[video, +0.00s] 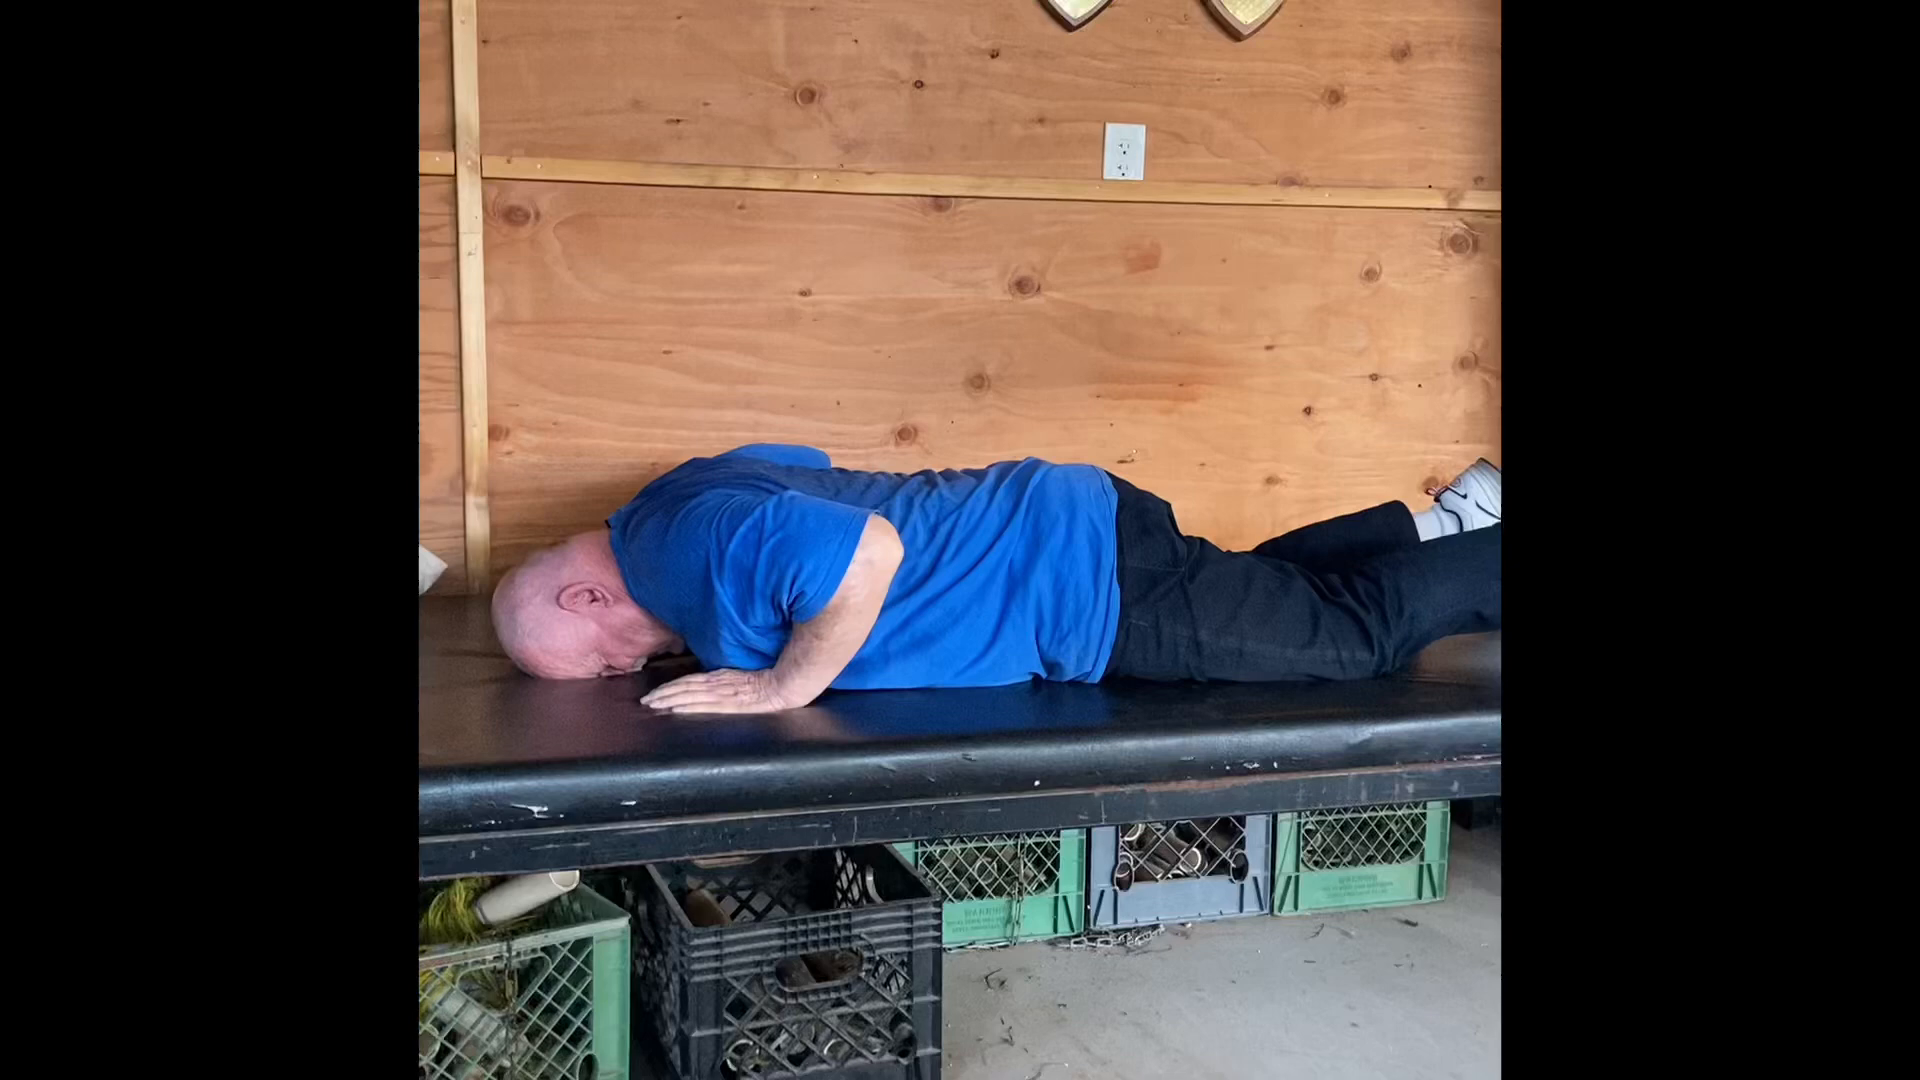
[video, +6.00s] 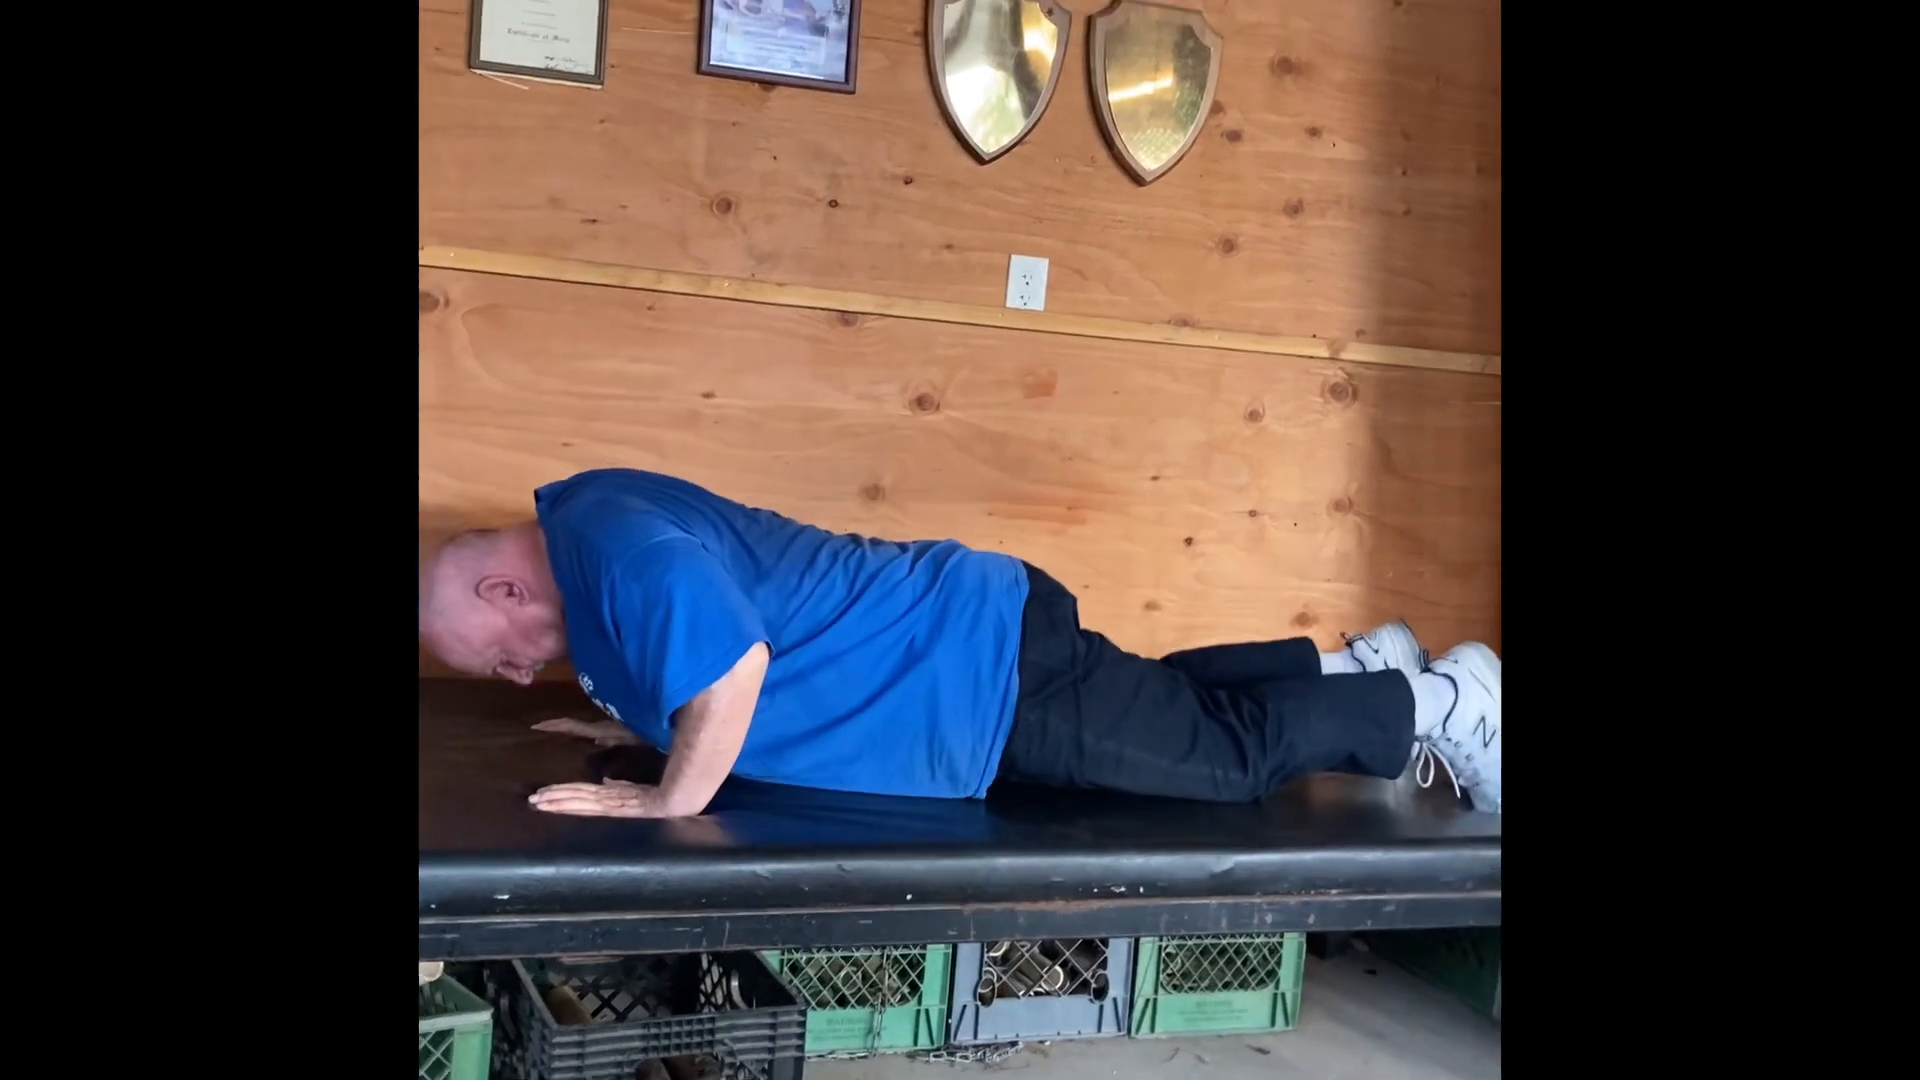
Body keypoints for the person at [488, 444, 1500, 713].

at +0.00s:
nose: (612, 670)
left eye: (583, 665)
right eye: (586, 663)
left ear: (586, 608)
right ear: (583, 581)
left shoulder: (699, 536)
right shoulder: (672, 525)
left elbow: (868, 548)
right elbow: (857, 525)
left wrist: (779, 689)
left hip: (1083, 578)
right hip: (1062, 540)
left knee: (1356, 632)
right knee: (1267, 599)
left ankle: (1488, 547)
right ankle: (1447, 523)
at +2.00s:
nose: (586, 710)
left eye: (558, 701)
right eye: (561, 707)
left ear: (546, 635)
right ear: (548, 627)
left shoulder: (657, 567)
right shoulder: (640, 580)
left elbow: (826, 574)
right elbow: (819, 550)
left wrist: (750, 728)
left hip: (1052, 624)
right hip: (1030, 626)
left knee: (1315, 689)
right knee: (1245, 662)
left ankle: (1481, 622)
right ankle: (1420, 572)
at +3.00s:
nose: (606, 552)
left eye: (584, 538)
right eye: (580, 551)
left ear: (581, 480)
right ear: (580, 479)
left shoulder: (711, 474)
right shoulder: (680, 441)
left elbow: (816, 616)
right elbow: (774, 591)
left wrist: (761, 768)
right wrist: (738, 705)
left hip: (1079, 587)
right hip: (1056, 567)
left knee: (1313, 693)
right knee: (1282, 653)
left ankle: (1483, 648)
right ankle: (1452, 607)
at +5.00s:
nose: (561, 644)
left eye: (541, 634)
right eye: (542, 642)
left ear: (543, 574)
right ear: (539, 560)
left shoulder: (661, 534)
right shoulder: (611, 513)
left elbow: (781, 636)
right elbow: (716, 635)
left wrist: (714, 772)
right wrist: (663, 690)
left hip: (1041, 634)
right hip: (1014, 615)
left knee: (1277, 726)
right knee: (1221, 666)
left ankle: (1463, 668)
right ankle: (1409, 626)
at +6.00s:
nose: (525, 658)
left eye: (502, 648)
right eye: (504, 659)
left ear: (498, 584)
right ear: (498, 577)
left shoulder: (625, 552)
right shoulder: (584, 541)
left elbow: (728, 665)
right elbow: (700, 654)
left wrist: (670, 802)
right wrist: (629, 721)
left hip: (984, 660)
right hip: (955, 680)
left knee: (1215, 755)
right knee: (1172, 710)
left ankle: (1428, 710)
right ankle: (1366, 673)